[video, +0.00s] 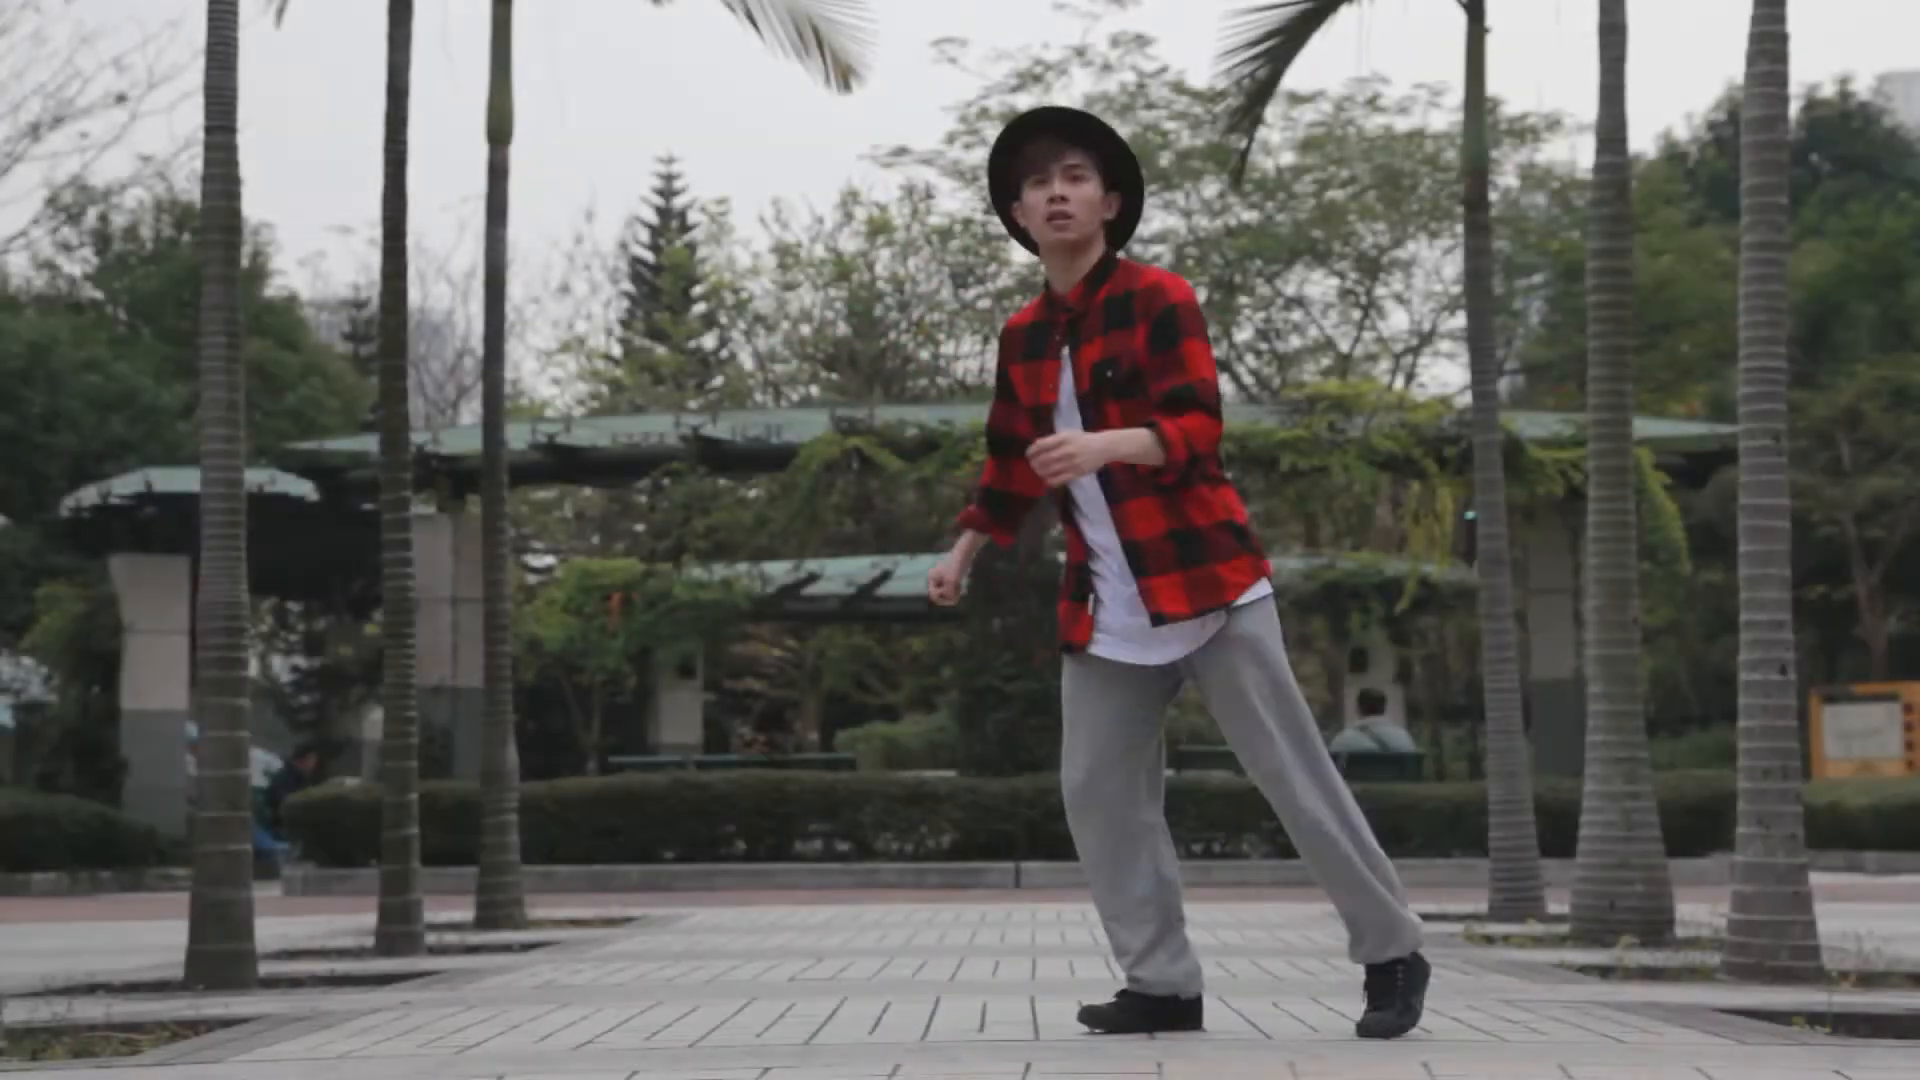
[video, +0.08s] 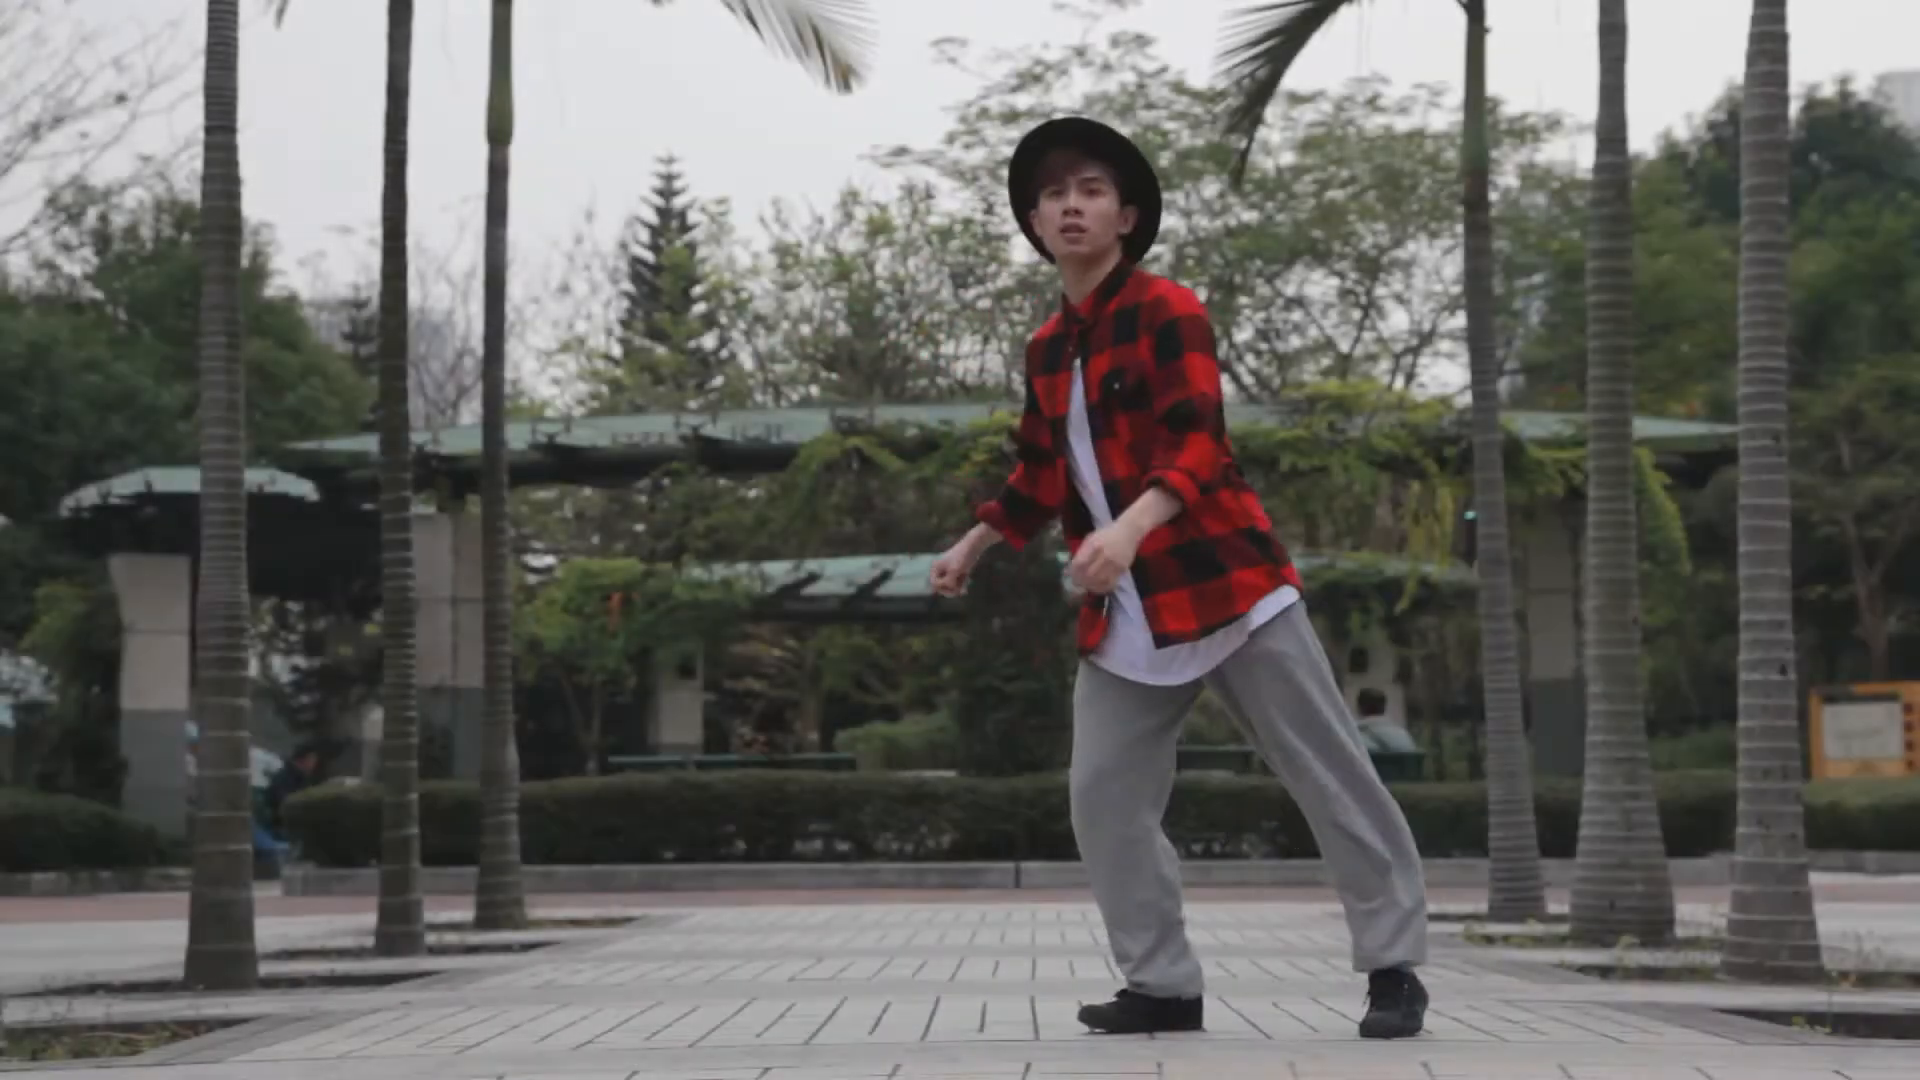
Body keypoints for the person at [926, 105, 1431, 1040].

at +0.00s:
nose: (1056, 194)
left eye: (1075, 176)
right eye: (1036, 182)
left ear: (1111, 200)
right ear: (1015, 215)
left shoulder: (1159, 298)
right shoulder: (1024, 335)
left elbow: (1199, 430)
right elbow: (1008, 461)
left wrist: (1105, 445)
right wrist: (964, 547)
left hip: (1208, 579)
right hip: (1105, 596)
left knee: (1285, 768)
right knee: (1098, 789)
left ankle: (1392, 952)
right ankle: (1163, 984)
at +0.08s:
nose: (1072, 206)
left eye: (1092, 190)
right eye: (1053, 193)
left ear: (1129, 214)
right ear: (1033, 223)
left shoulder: (1169, 310)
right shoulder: (1047, 349)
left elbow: (1201, 442)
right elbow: (1043, 466)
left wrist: (1128, 526)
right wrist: (977, 540)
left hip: (1229, 578)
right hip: (1127, 602)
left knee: (1324, 765)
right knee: (1104, 794)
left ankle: (1393, 964)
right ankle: (1163, 985)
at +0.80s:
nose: (1157, 156)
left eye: (1174, 144)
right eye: (1139, 134)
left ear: (1184, 167)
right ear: (1089, 146)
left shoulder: (1165, 289)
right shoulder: (1043, 247)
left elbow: (1183, 398)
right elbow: (1061, 384)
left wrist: (1204, 443)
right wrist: (1167, 435)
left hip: (1122, 548)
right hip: (1018, 545)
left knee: (1132, 732)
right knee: (1032, 742)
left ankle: (1075, 938)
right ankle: (1027, 932)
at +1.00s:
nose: (1151, 201)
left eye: (1166, 187)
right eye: (1127, 183)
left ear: (1178, 207)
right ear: (1080, 204)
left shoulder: (1135, 318)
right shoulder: (1059, 298)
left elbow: (1097, 437)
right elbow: (1032, 443)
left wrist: (1155, 437)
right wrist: (1136, 453)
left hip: (1072, 590)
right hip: (988, 585)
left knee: (1146, 761)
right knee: (959, 773)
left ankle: (1123, 966)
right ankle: (848, 973)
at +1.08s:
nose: (1133, 255)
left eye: (1146, 240)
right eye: (1108, 239)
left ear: (1160, 263)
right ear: (1064, 267)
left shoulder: (1117, 384)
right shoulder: (1033, 374)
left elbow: (1071, 511)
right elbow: (969, 507)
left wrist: (1146, 500)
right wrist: (1070, 562)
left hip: (1081, 647)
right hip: (993, 645)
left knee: (1163, 793)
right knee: (945, 823)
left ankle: (1114, 984)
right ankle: (815, 997)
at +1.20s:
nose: (1078, 172)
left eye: (1095, 157)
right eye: (1055, 161)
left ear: (1127, 186)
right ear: (1025, 196)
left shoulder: (1150, 316)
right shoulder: (976, 294)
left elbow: (1155, 461)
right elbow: (878, 387)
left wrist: (1171, 407)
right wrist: (886, 441)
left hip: (1101, 582)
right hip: (984, 577)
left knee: (1133, 764)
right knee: (928, 758)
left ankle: (1126, 942)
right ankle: (870, 960)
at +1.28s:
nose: (1044, 139)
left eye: (1064, 122)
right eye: (1021, 126)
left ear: (1101, 149)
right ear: (998, 159)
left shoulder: (1151, 265)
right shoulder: (947, 261)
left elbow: (1234, 381)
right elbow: (862, 342)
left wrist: (1173, 337)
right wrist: (854, 374)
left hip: (1099, 540)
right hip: (980, 534)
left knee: (1106, 706)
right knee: (967, 689)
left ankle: (1072, 871)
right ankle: (963, 864)